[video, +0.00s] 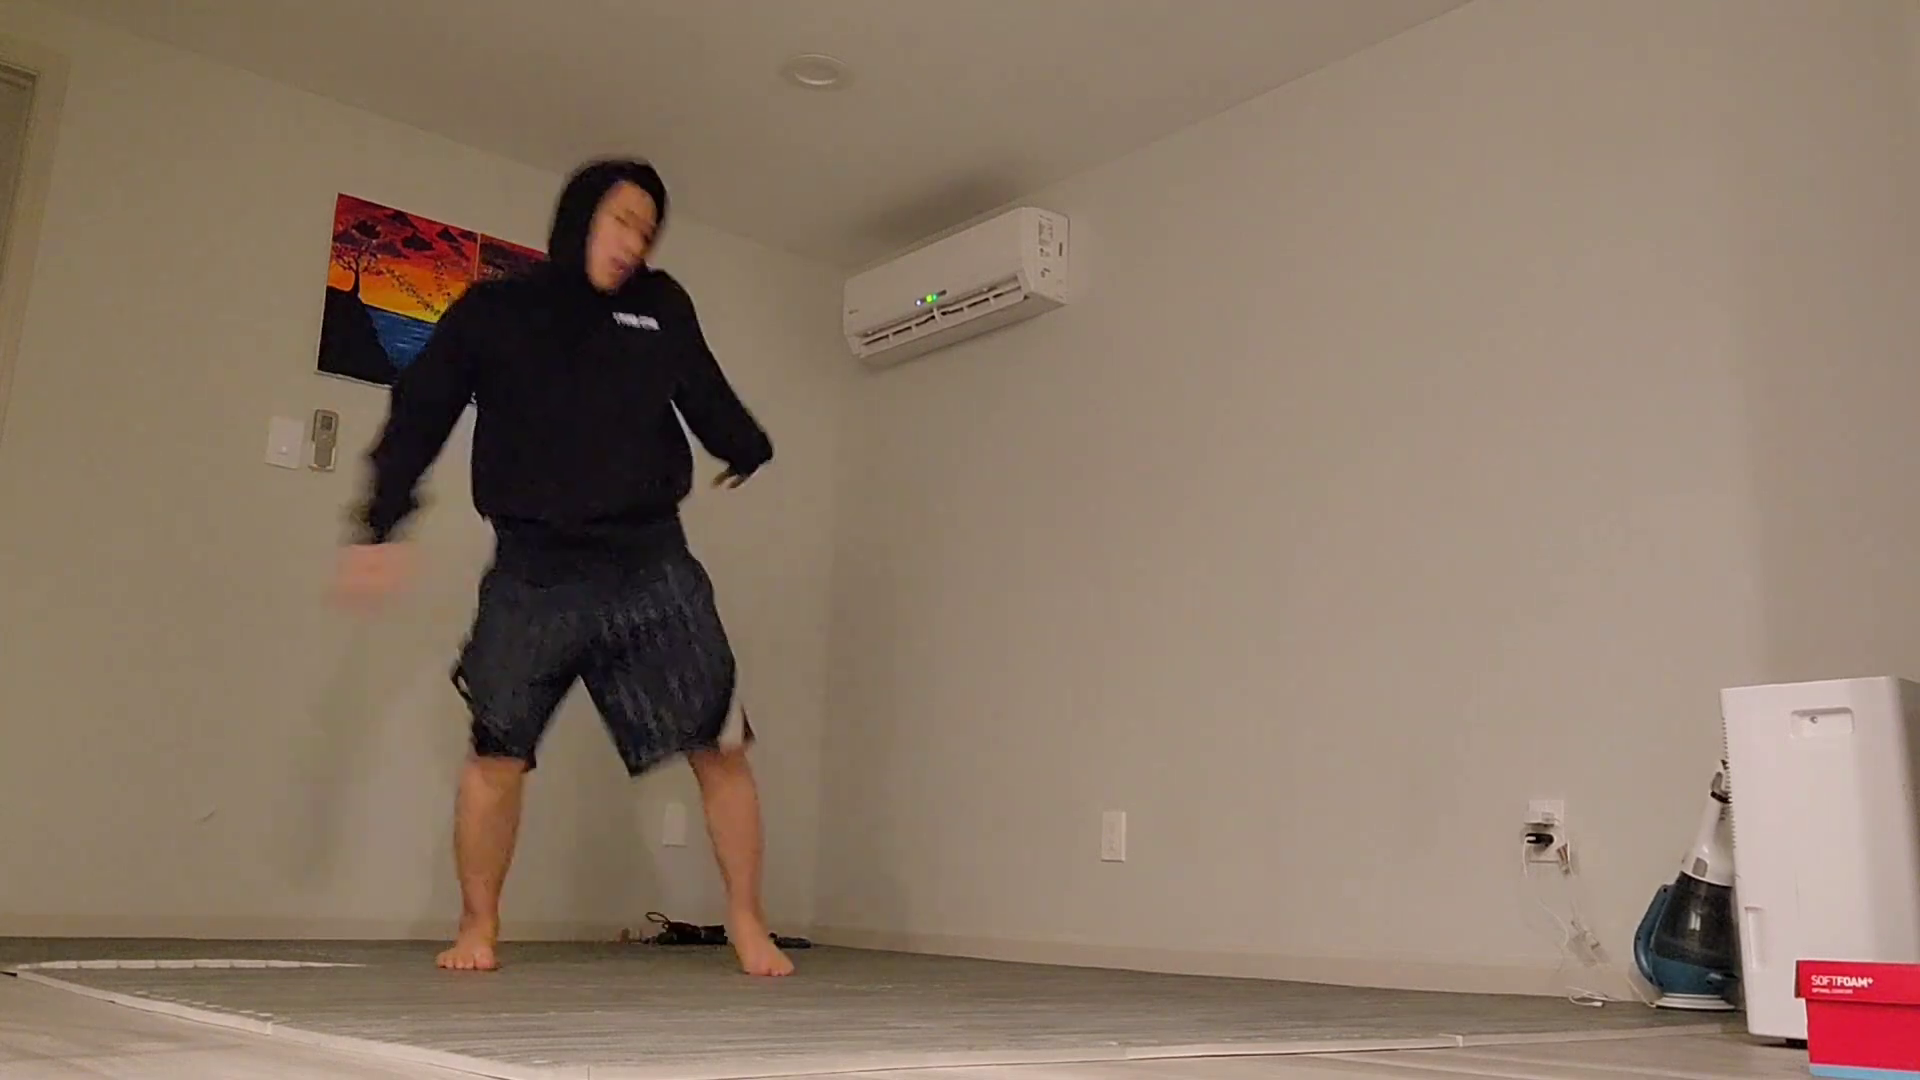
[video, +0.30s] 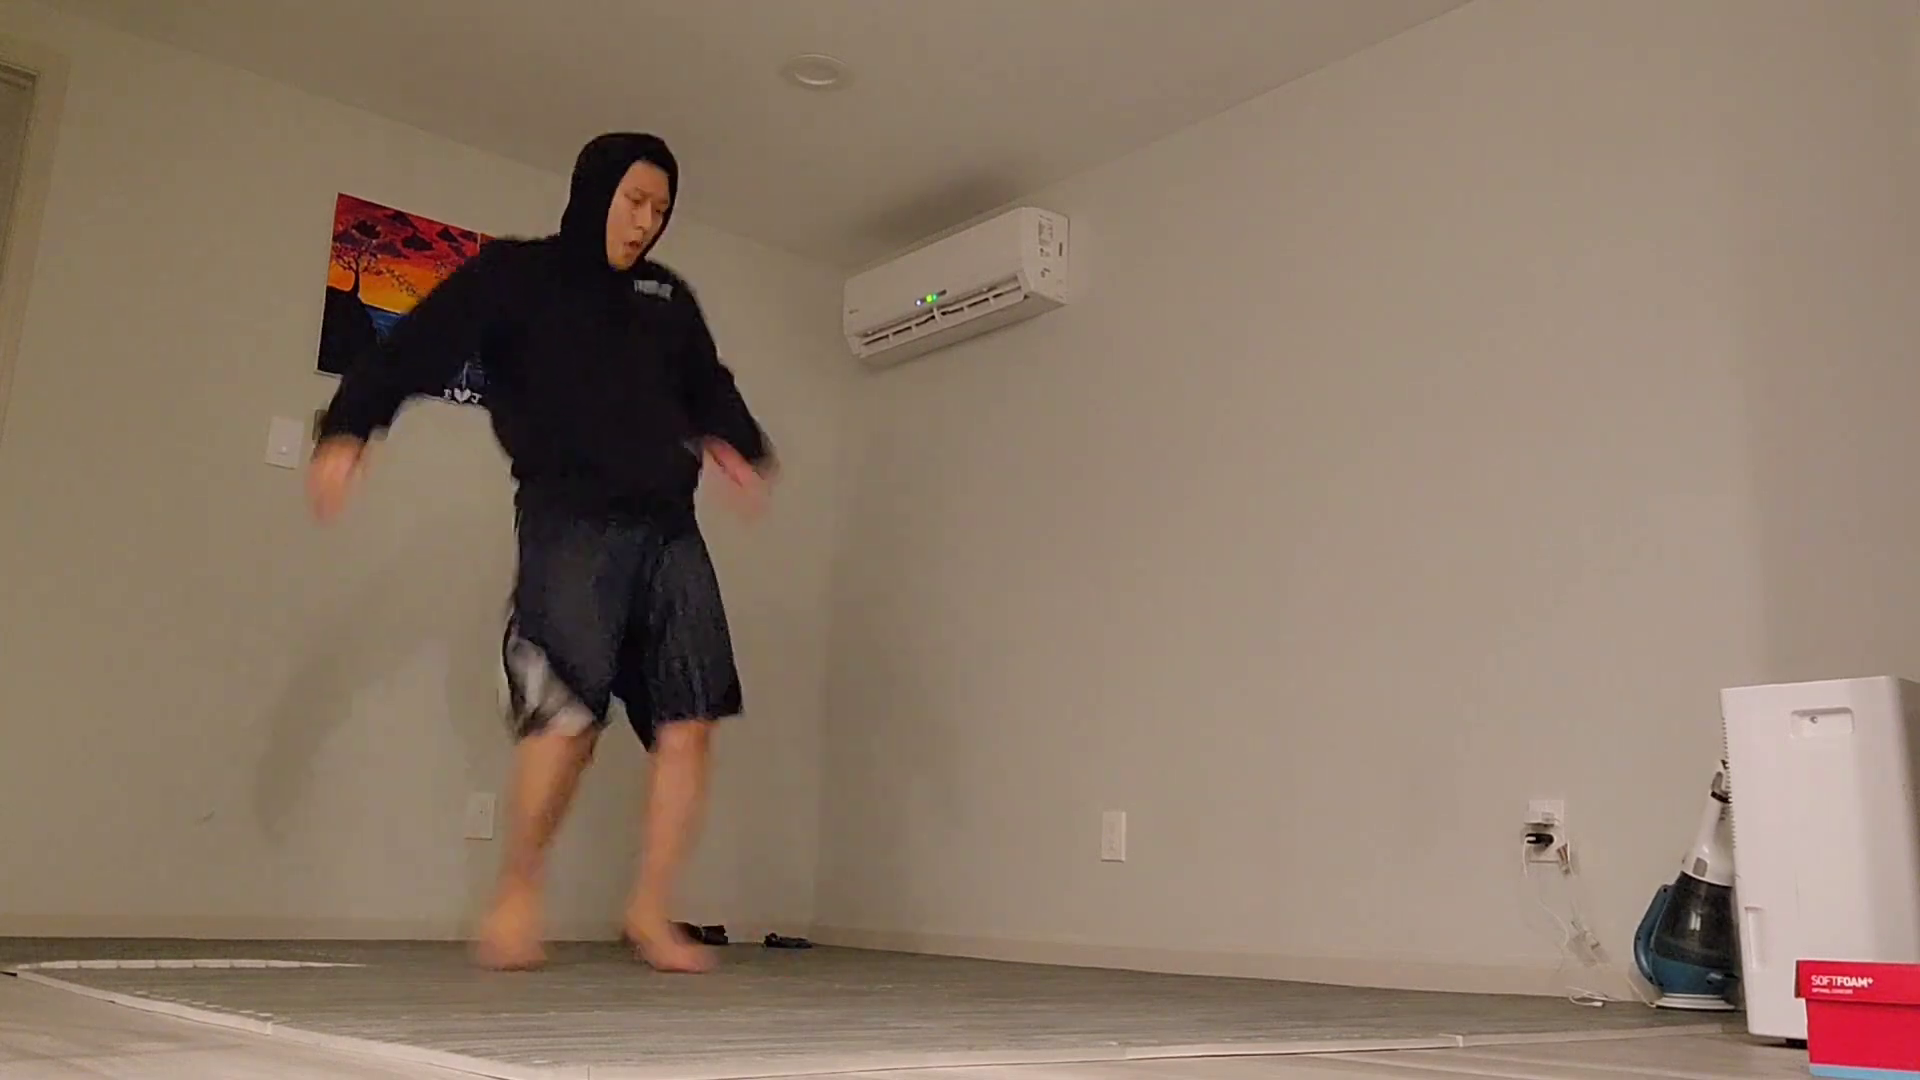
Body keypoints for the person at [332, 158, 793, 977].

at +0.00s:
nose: (631, 242)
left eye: (645, 231)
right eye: (619, 221)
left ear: (652, 242)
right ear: (577, 217)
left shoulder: (660, 307)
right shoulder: (496, 309)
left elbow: (703, 391)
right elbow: (420, 408)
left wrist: (745, 448)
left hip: (650, 559)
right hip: (535, 564)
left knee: (720, 742)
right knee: (497, 752)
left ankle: (747, 922)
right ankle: (478, 926)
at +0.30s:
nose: (646, 220)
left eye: (658, 208)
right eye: (634, 200)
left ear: (666, 217)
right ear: (591, 195)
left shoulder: (667, 299)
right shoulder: (514, 273)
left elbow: (705, 382)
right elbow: (414, 347)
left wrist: (737, 439)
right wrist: (349, 425)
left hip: (665, 527)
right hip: (568, 522)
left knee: (689, 716)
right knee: (567, 714)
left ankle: (650, 911)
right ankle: (517, 898)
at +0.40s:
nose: (656, 230)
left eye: (670, 220)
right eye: (644, 210)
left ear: (678, 231)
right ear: (605, 203)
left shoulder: (673, 295)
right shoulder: (532, 264)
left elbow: (705, 355)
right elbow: (435, 305)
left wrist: (649, 353)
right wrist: (382, 352)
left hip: (661, 524)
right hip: (570, 515)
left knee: (665, 715)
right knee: (610, 696)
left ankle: (608, 909)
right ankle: (622, 902)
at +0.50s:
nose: (653, 258)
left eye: (675, 252)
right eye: (648, 240)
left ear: (687, 268)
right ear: (615, 240)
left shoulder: (679, 326)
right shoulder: (542, 295)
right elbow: (449, 296)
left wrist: (644, 250)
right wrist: (437, 313)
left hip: (642, 546)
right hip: (548, 536)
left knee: (651, 745)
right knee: (613, 715)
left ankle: (590, 930)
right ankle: (663, 913)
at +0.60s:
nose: (643, 265)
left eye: (658, 256)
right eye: (631, 247)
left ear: (666, 268)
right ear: (596, 247)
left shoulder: (666, 337)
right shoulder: (526, 326)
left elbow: (736, 305)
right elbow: (417, 296)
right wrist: (510, 267)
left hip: (635, 561)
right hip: (537, 554)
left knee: (649, 765)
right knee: (563, 727)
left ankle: (591, 927)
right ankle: (558, 928)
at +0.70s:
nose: (596, 252)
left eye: (610, 238)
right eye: (582, 236)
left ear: (624, 242)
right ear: (547, 230)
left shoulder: (659, 314)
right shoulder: (498, 301)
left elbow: (773, 337)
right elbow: (471, 302)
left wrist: (886, 351)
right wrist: (567, 217)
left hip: (629, 560)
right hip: (513, 550)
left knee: (626, 740)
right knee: (460, 712)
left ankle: (634, 899)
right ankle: (416, 909)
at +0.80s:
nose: (598, 248)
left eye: (604, 234)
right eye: (586, 231)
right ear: (543, 229)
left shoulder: (629, 312)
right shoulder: (478, 291)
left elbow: (705, 381)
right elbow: (513, 307)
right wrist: (586, 224)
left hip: (610, 558)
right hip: (502, 556)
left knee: (566, 729)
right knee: (421, 726)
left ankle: (661, 894)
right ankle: (392, 930)